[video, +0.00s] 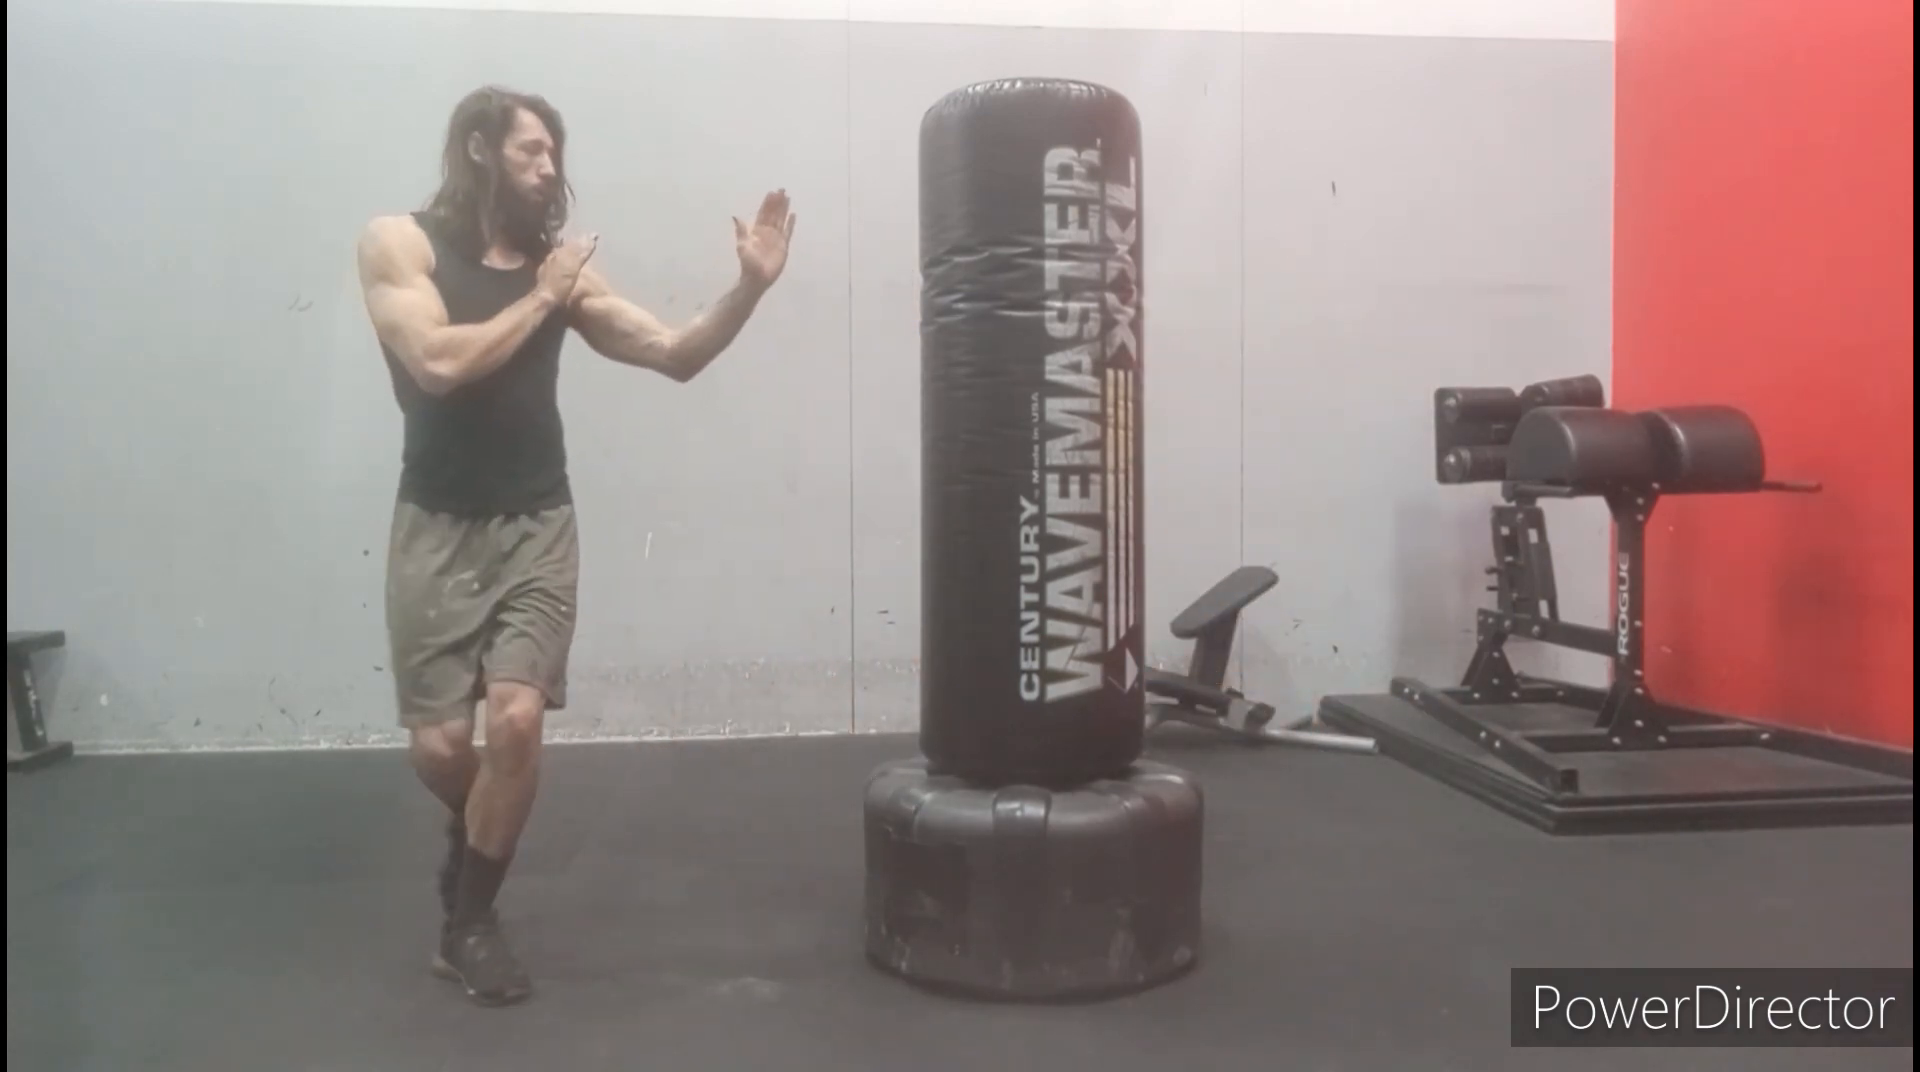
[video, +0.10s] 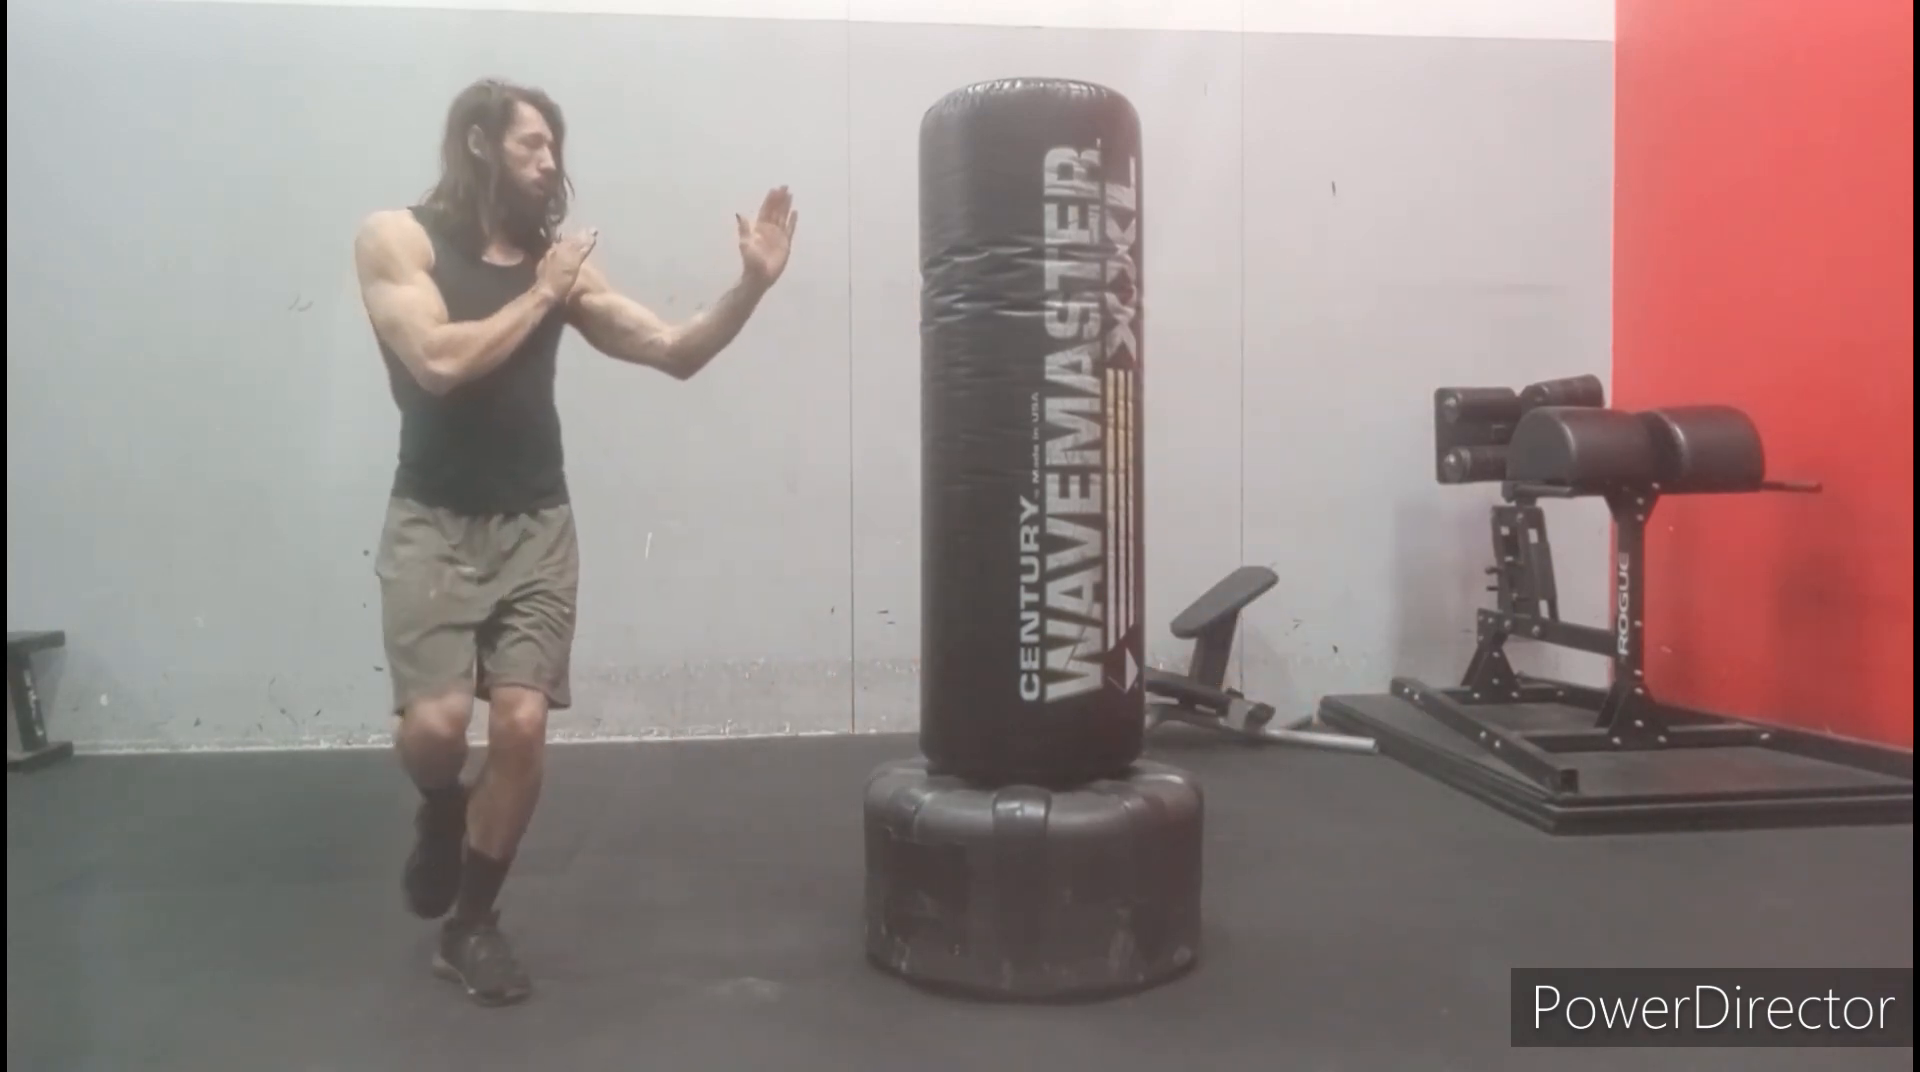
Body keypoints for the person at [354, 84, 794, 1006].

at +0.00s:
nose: (548, 169)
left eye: (552, 154)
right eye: (530, 152)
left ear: (551, 165)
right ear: (478, 155)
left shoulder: (554, 269)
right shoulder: (396, 241)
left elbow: (675, 354)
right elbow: (438, 365)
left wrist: (750, 285)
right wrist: (544, 296)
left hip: (537, 520)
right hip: (435, 524)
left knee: (516, 720)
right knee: (437, 748)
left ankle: (472, 922)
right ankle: (476, 833)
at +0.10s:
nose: (550, 163)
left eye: (552, 148)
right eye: (532, 146)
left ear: (548, 159)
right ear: (478, 149)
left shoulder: (552, 265)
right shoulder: (394, 236)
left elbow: (677, 351)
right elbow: (437, 365)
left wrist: (752, 283)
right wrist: (544, 292)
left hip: (535, 520)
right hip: (431, 519)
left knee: (522, 723)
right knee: (435, 729)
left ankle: (473, 924)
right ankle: (443, 813)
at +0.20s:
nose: (551, 160)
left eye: (553, 144)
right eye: (533, 142)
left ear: (545, 155)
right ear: (477, 145)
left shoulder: (552, 263)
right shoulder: (392, 233)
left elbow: (676, 350)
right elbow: (438, 366)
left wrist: (754, 280)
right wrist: (544, 290)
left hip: (533, 519)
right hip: (427, 512)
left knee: (524, 726)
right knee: (449, 692)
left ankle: (474, 926)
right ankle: (418, 832)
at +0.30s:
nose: (552, 159)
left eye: (553, 143)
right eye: (535, 141)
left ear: (540, 154)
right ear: (478, 143)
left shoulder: (547, 262)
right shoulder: (390, 233)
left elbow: (673, 350)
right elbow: (438, 368)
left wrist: (753, 281)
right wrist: (545, 289)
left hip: (530, 517)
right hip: (428, 506)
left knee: (506, 724)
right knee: (472, 666)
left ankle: (468, 929)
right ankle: (408, 862)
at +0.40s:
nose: (552, 159)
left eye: (553, 142)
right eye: (535, 140)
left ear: (536, 153)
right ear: (478, 143)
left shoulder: (547, 261)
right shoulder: (389, 233)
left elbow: (672, 351)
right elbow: (439, 370)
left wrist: (753, 283)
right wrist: (544, 291)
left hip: (529, 517)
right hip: (428, 503)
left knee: (508, 729)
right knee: (483, 658)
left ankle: (472, 930)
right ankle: (423, 913)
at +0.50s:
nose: (551, 159)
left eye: (553, 142)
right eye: (534, 141)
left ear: (538, 153)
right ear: (477, 144)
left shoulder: (545, 263)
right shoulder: (388, 235)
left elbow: (669, 350)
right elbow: (442, 373)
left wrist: (753, 286)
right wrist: (544, 291)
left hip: (530, 517)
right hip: (432, 507)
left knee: (513, 731)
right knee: (487, 669)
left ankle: (473, 924)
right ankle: (457, 938)